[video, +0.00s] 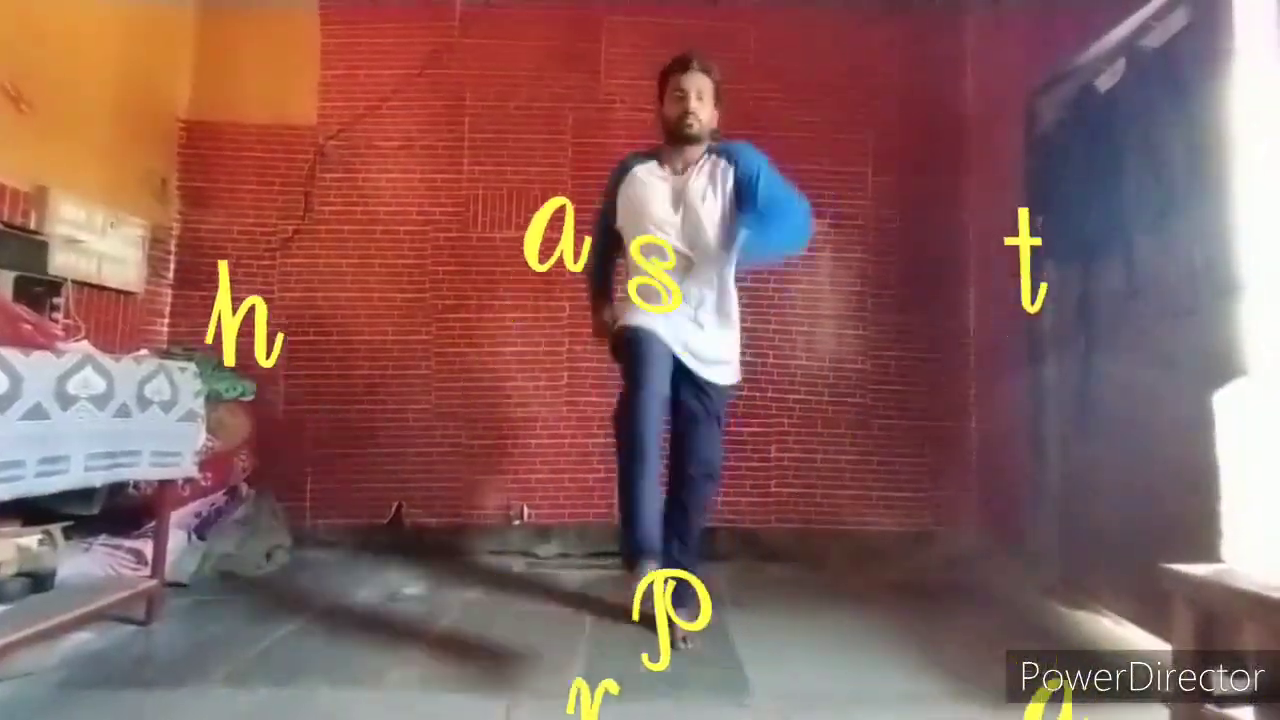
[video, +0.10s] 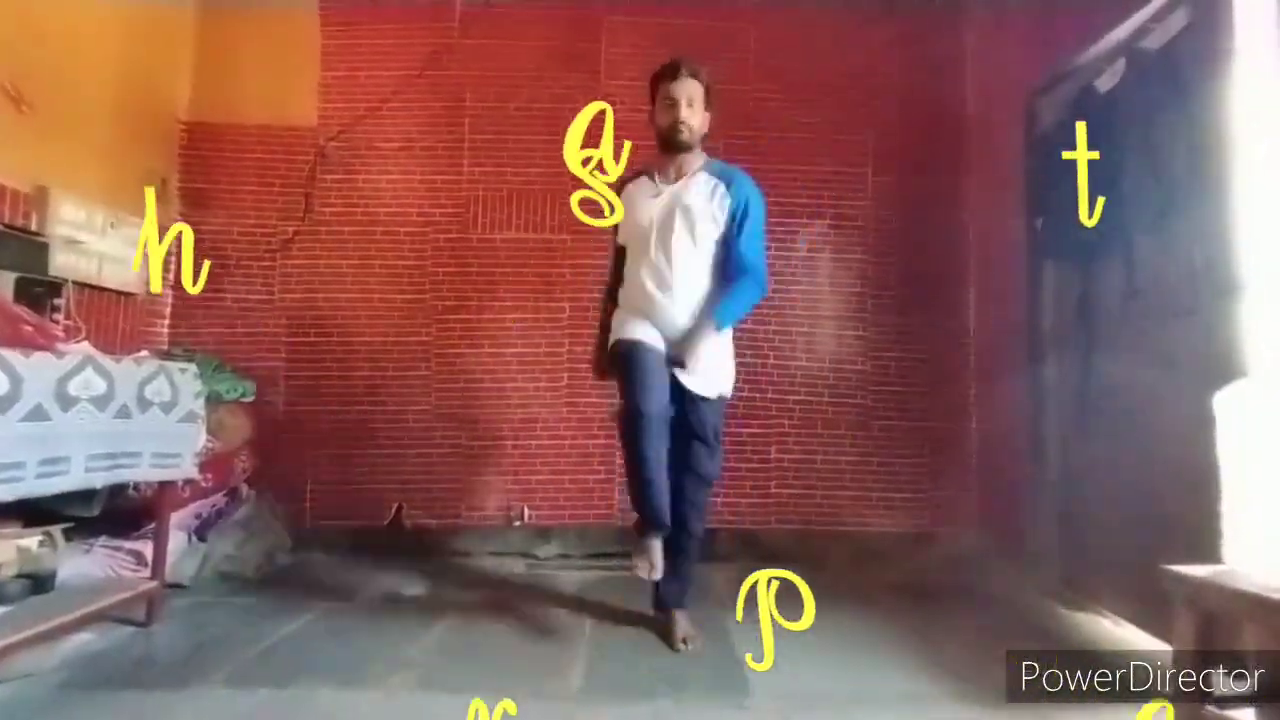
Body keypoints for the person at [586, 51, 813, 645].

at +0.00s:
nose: (689, 106)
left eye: (700, 96)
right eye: (678, 96)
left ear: (716, 107)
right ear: (661, 105)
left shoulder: (739, 164)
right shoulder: (632, 173)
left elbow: (796, 222)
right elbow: (604, 244)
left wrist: (743, 242)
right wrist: (602, 301)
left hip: (710, 326)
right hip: (646, 313)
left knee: (701, 462)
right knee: (644, 410)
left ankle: (681, 576)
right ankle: (643, 557)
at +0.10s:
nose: (680, 113)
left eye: (691, 104)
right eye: (669, 103)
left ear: (707, 115)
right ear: (654, 113)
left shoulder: (737, 190)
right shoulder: (634, 191)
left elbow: (753, 277)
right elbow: (618, 269)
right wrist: (605, 337)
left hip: (703, 338)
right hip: (639, 326)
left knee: (695, 472)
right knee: (647, 402)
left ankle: (674, 602)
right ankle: (652, 527)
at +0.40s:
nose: (669, 146)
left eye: (679, 136)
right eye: (659, 135)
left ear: (696, 143)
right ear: (645, 140)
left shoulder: (714, 207)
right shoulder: (612, 207)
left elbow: (764, 195)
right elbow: (577, 281)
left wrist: (697, 211)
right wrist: (563, 351)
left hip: (705, 383)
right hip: (621, 384)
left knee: (776, 472)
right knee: (559, 484)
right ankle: (566, 609)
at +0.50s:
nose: (663, 185)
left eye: (674, 173)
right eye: (652, 173)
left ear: (691, 180)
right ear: (637, 178)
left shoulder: (711, 250)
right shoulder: (607, 243)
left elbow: (752, 209)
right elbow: (574, 317)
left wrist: (676, 227)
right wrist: (546, 386)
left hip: (699, 405)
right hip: (613, 407)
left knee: (783, 487)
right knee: (530, 492)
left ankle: (800, 613)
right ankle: (563, 608)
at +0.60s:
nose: (652, 191)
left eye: (664, 181)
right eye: (643, 180)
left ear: (682, 190)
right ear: (627, 185)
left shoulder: (700, 252)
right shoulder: (598, 250)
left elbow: (745, 225)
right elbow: (572, 334)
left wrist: (668, 234)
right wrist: (542, 402)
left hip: (691, 411)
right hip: (604, 412)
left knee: (780, 494)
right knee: (514, 492)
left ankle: (798, 617)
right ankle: (558, 601)